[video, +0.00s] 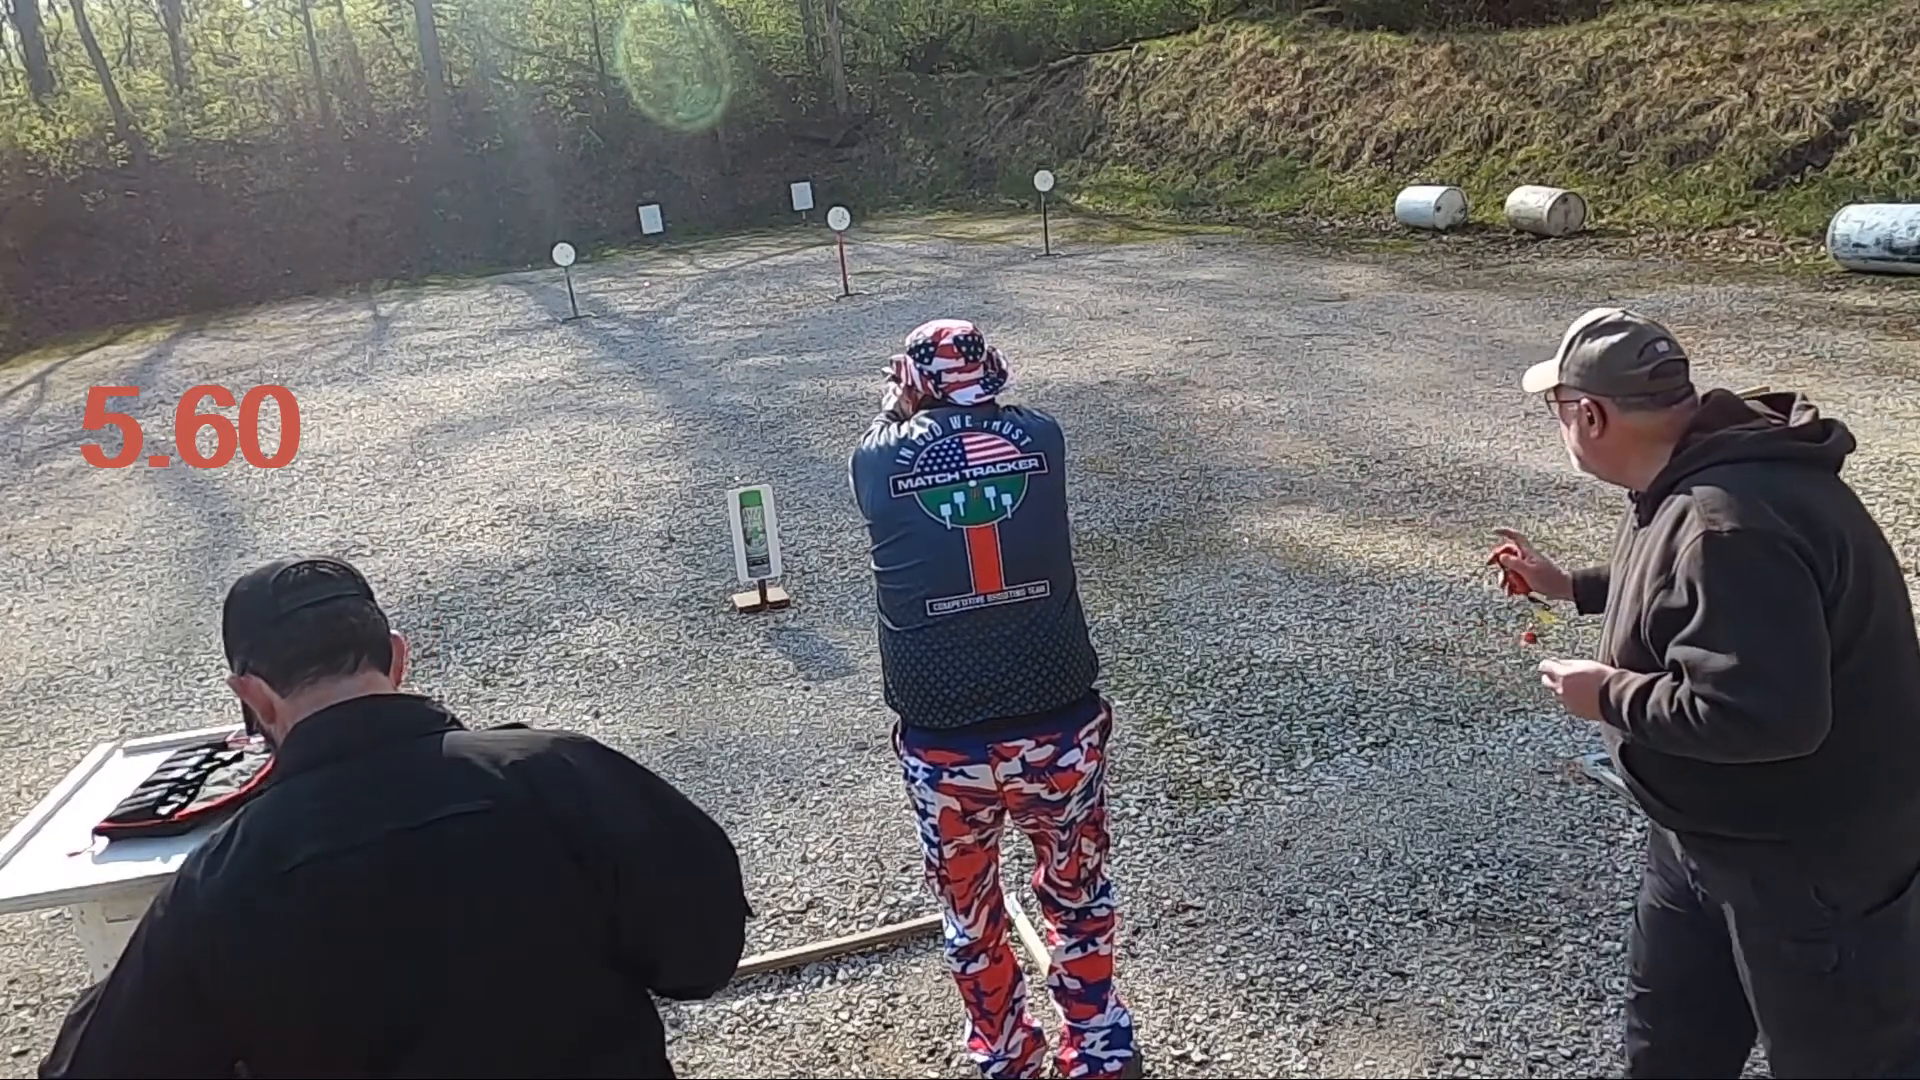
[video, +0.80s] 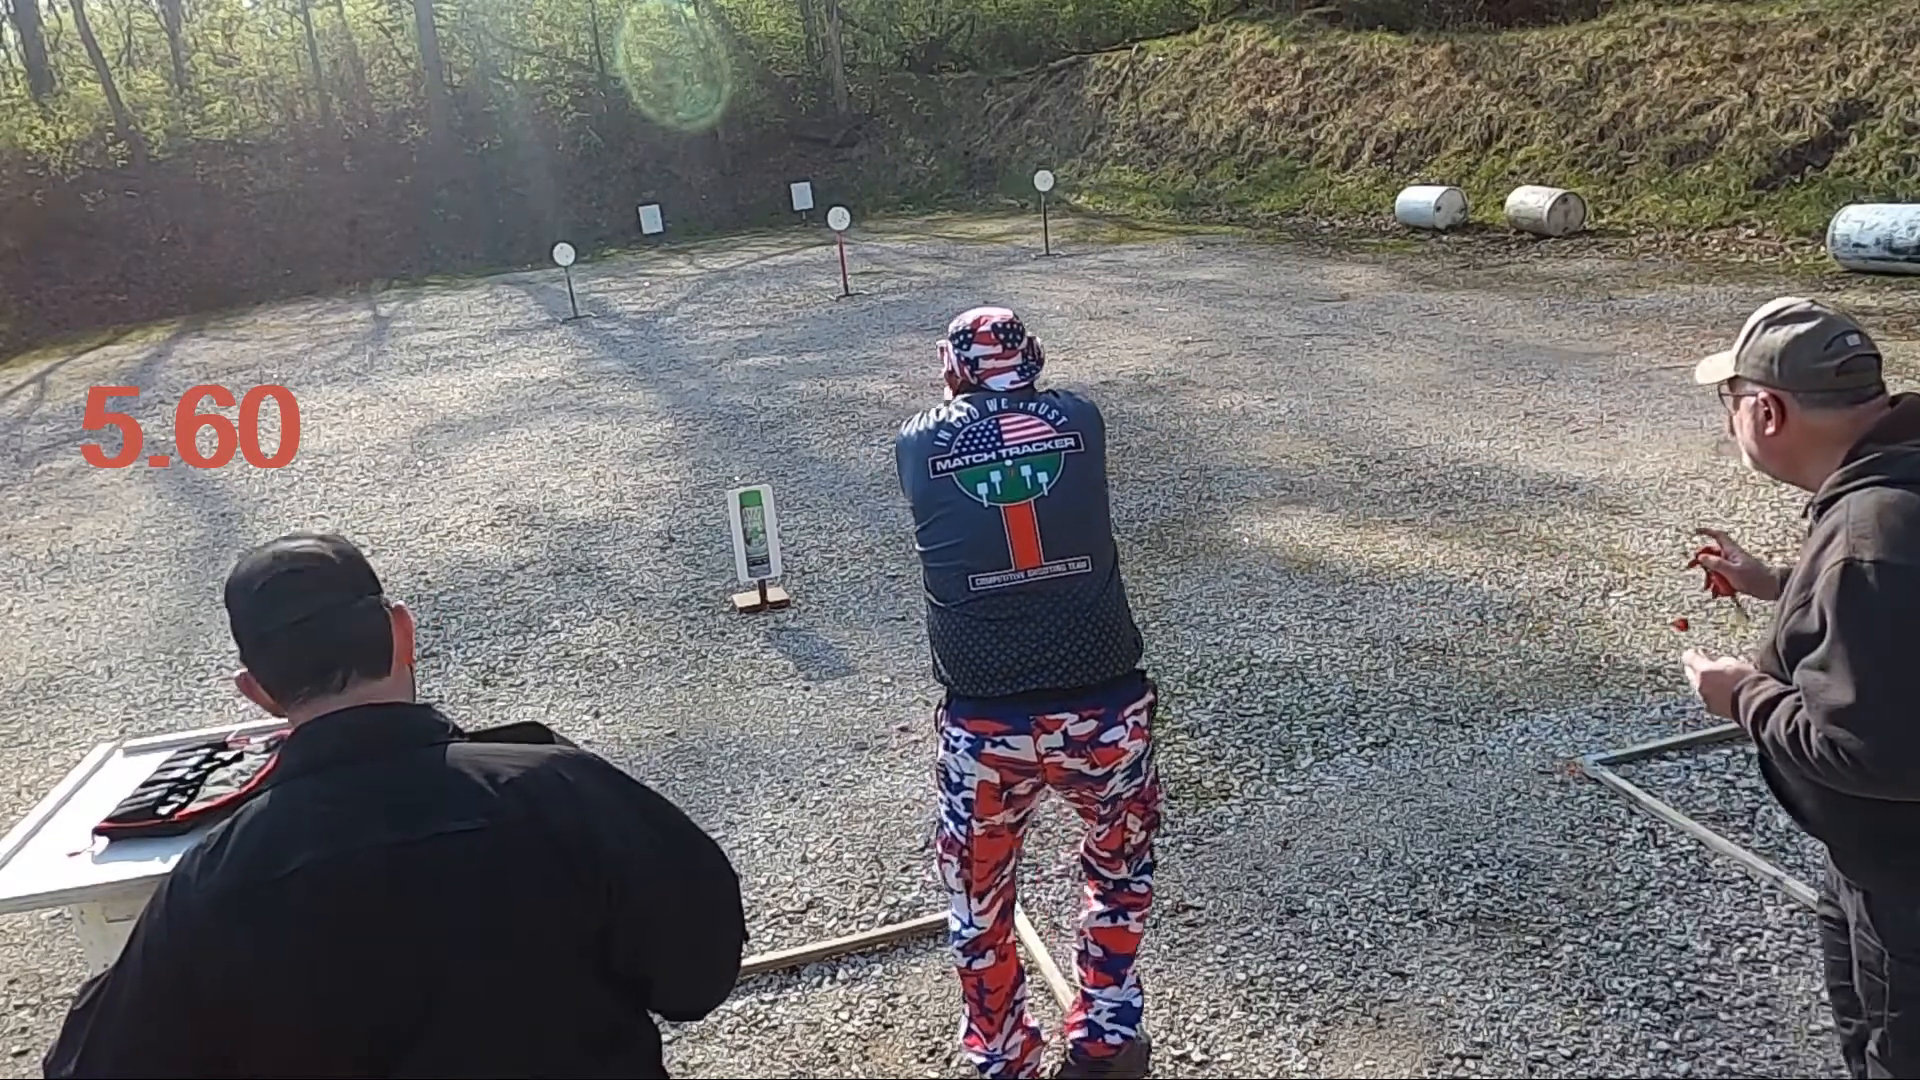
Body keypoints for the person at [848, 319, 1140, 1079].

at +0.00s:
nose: (904, 394)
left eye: (908, 385)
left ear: (910, 395)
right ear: (992, 385)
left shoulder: (874, 465)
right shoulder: (1041, 436)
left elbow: (884, 441)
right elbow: (980, 430)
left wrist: (901, 404)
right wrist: (937, 400)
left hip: (943, 746)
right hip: (1061, 731)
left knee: (971, 909)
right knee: (1077, 894)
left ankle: (1005, 1057)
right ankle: (1100, 1054)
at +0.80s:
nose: (944, 377)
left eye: (946, 367)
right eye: (950, 366)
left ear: (954, 379)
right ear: (1028, 370)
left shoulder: (917, 446)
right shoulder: (1079, 419)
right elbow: (1028, 419)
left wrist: (970, 395)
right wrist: (982, 389)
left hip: (985, 726)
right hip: (1105, 714)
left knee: (980, 891)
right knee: (1118, 872)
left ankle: (1000, 1054)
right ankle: (1106, 1039)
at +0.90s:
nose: (981, 380)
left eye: (979, 369)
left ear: (978, 378)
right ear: (1056, 368)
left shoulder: (939, 446)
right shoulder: (1101, 419)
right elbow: (1053, 419)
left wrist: (993, 396)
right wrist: (1012, 391)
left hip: (1005, 725)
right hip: (1126, 711)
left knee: (995, 892)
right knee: (1172, 847)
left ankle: (1001, 1055)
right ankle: (1176, 1025)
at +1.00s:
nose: (1077, 392)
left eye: (1015, 379)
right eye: (1081, 379)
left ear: (1010, 389)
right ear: (1088, 383)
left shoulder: (970, 460)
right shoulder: (1131, 433)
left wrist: (1032, 410)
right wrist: (1051, 406)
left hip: (1032, 736)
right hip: (1155, 721)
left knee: (1008, 887)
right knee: (1236, 844)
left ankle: (1002, 1052)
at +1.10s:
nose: (1131, 402)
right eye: (1133, 390)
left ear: (1063, 400)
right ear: (1139, 395)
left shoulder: (1019, 469)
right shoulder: (1180, 447)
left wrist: (1084, 416)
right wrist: (1095, 418)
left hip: (1063, 743)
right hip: (1190, 733)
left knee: (1028, 888)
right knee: (1293, 838)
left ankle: (1004, 1051)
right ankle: (1394, 966)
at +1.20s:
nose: (1210, 392)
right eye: (1213, 380)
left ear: (1143, 387)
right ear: (1220, 387)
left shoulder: (1097, 453)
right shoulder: (1257, 441)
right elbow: (1202, 443)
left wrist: (1161, 403)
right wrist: (1170, 404)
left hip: (1119, 733)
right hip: (1245, 731)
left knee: (1065, 880)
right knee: (1344, 826)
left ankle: (1013, 1052)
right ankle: (1434, 957)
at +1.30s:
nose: (1232, 365)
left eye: (1233, 352)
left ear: (1237, 365)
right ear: (1313, 364)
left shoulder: (1189, 428)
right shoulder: (1350, 417)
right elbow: (1294, 417)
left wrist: (1258, 383)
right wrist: (1264, 380)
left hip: (1194, 701)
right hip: (1319, 704)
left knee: (1123, 843)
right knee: (1401, 820)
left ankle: (1028, 1013)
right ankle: (1445, 968)